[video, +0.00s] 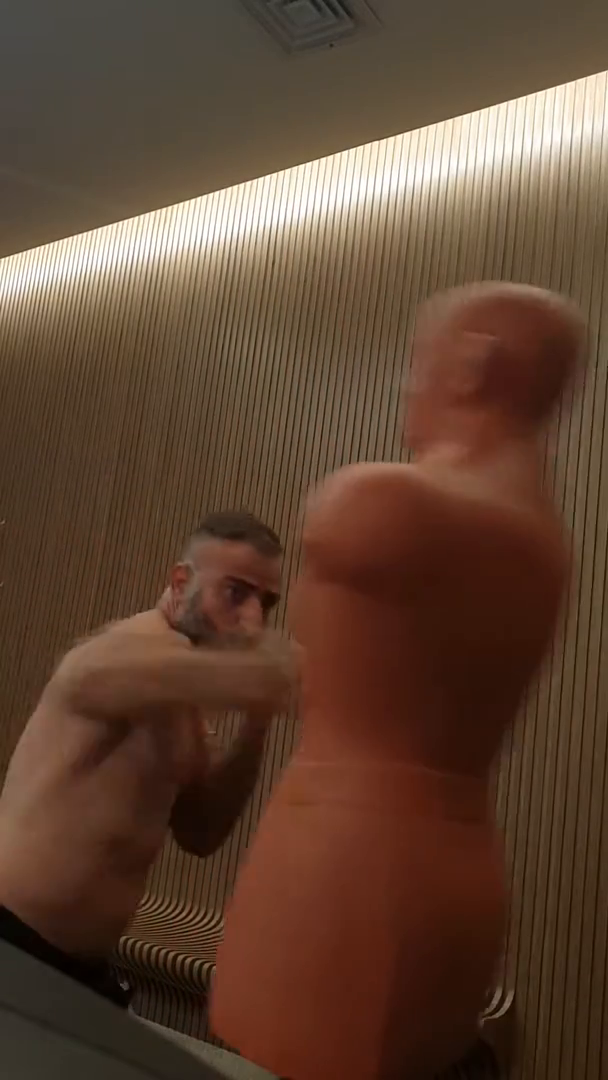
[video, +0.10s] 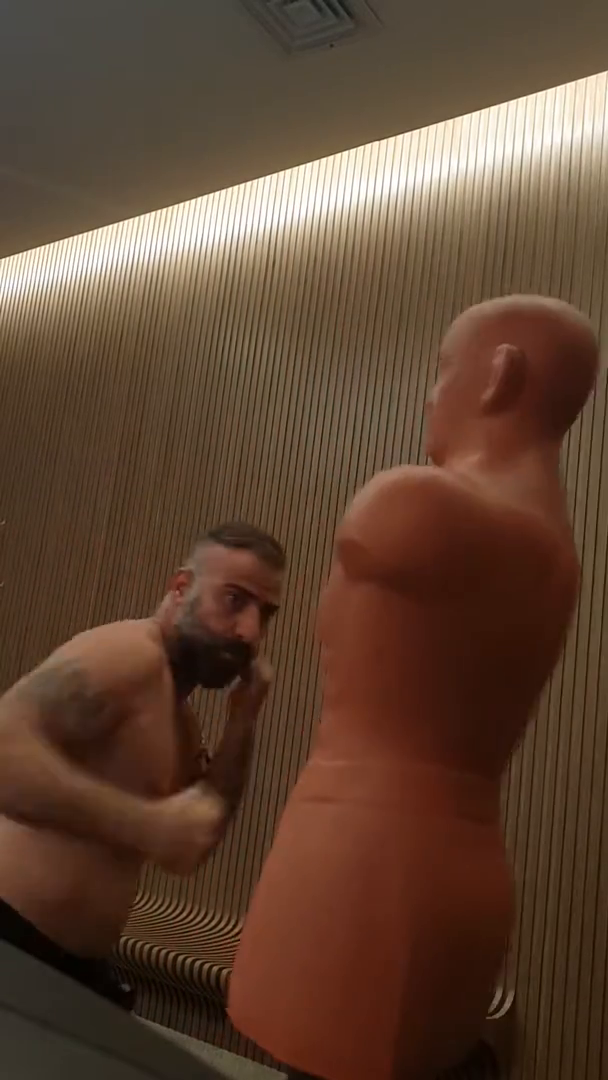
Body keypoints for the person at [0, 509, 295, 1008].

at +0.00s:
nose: (252, 622)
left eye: (267, 602)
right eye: (236, 593)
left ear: (274, 606)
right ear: (180, 583)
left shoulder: (185, 683)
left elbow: (200, 833)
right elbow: (274, 677)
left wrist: (257, 720)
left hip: (89, 970)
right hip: (20, 952)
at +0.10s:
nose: (250, 630)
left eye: (265, 612)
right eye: (235, 600)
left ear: (271, 622)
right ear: (180, 588)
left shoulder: (174, 701)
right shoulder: (129, 652)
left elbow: (198, 830)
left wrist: (243, 714)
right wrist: (148, 825)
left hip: (84, 967)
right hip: (20, 948)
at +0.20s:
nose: (225, 622)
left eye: (240, 603)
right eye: (209, 593)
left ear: (248, 608)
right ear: (155, 581)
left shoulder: (166, 682)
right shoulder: (93, 648)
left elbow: (198, 833)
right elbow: (19, 779)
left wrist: (232, 711)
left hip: (69, 955)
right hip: (13, 943)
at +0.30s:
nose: (191, 615)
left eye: (205, 596)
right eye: (174, 584)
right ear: (118, 572)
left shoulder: (123, 673)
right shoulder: (57, 638)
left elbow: (154, 829)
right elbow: (69, 758)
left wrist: (196, 695)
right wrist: (199, 677)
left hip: (47, 955)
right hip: (9, 951)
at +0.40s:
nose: (143, 609)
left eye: (157, 591)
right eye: (124, 579)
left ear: (164, 599)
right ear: (67, 568)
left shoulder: (80, 684)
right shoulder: (13, 644)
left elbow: (104, 837)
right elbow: (14, 791)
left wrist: (150, 704)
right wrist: (157, 697)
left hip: (18, 945)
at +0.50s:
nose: (88, 598)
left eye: (103, 578)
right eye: (70, 565)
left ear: (110, 584)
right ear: (9, 553)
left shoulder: (47, 686)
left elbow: (69, 838)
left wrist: (109, 752)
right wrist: (65, 711)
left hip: (3, 935)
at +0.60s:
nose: (48, 587)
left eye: (64, 566)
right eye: (30, 554)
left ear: (71, 570)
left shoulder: (45, 668)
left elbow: (88, 810)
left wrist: (102, 726)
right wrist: (18, 690)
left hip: (2, 923)